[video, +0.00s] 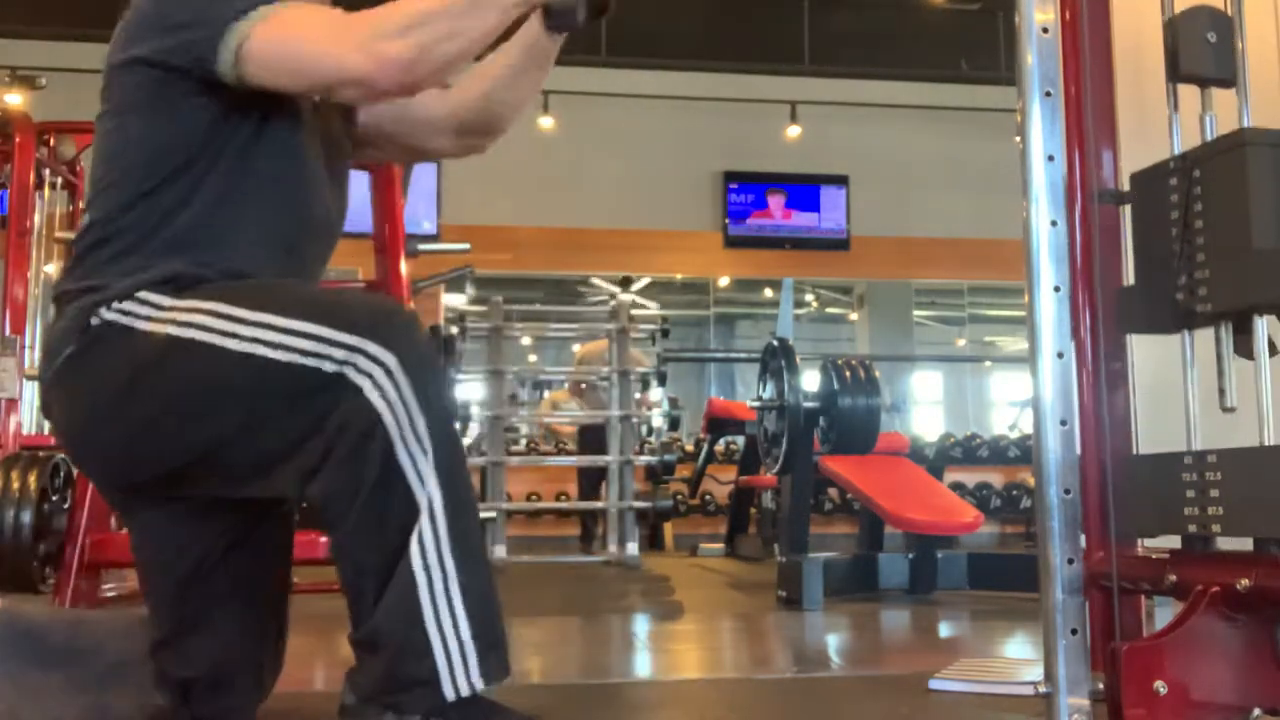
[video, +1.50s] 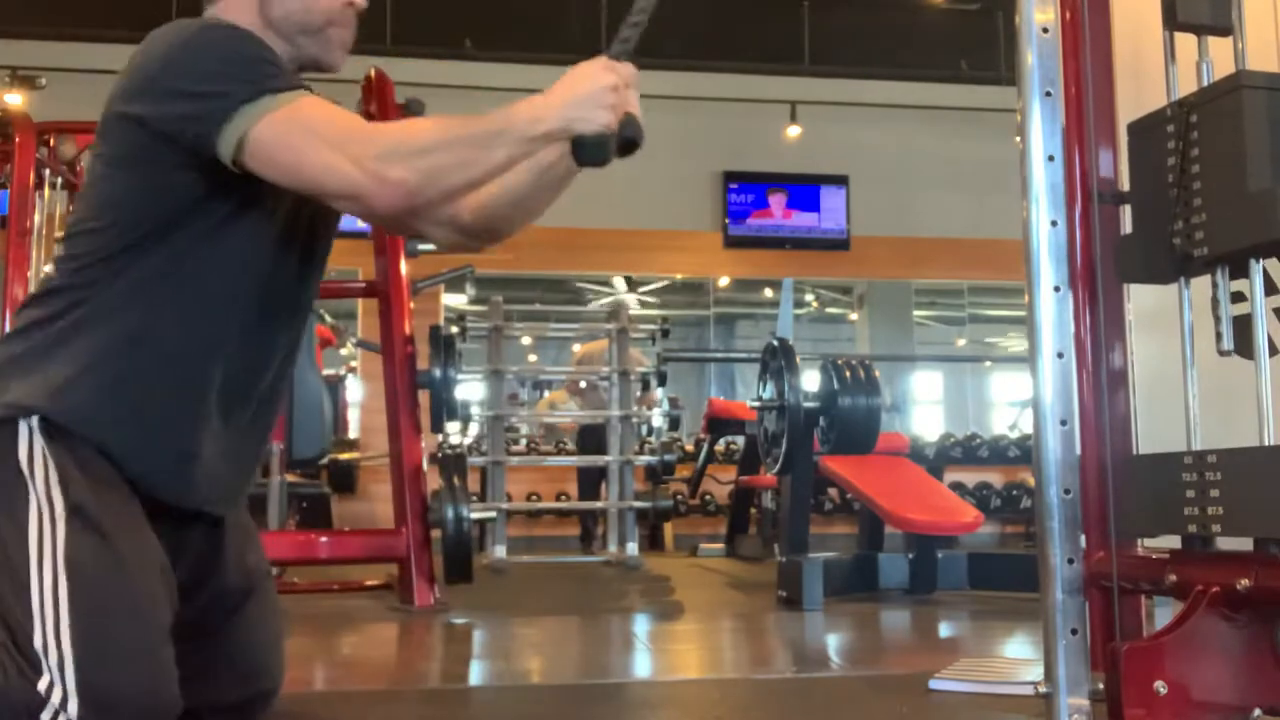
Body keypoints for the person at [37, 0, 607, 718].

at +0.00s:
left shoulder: (302, 93)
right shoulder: (173, 14)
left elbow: (465, 120)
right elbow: (372, 57)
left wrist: (557, 14)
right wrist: (532, 5)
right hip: (124, 329)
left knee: (217, 683)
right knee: (375, 353)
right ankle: (428, 694)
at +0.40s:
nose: (257, 8)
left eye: (261, 2)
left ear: (271, 24)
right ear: (166, 7)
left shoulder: (275, 130)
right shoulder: (126, 52)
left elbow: (413, 161)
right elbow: (276, 99)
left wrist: (493, 76)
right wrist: (441, 29)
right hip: (78, 333)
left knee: (216, 651)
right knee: (247, 327)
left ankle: (23, 646)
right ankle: (354, 665)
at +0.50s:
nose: (243, 10)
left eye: (250, 4)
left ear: (261, 28)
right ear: (162, 9)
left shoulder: (273, 125)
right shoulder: (119, 59)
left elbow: (403, 162)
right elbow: (264, 102)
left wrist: (488, 79)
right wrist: (432, 35)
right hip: (87, 328)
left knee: (239, 662)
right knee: (239, 345)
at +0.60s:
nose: (232, 14)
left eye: (243, 4)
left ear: (255, 28)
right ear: (156, 11)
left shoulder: (271, 133)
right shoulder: (117, 65)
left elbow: (401, 163)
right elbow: (258, 108)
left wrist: (485, 77)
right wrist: (423, 37)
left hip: (224, 393)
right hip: (104, 334)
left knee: (235, 667)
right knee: (198, 439)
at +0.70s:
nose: (235, 13)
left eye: (245, 5)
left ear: (257, 35)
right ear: (157, 14)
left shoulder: (271, 134)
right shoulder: (123, 66)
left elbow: (403, 165)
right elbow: (260, 111)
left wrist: (486, 81)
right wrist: (425, 42)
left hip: (224, 428)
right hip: (111, 357)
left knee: (241, 671)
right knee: (154, 536)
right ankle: (5, 632)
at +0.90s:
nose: (240, 15)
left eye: (251, 7)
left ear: (262, 31)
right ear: (160, 11)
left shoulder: (268, 127)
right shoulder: (128, 64)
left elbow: (406, 166)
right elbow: (268, 114)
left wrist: (494, 93)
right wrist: (444, 50)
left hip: (218, 440)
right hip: (102, 399)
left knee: (238, 678)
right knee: (95, 659)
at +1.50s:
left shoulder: (300, 121)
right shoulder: (193, 56)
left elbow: (462, 220)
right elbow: (384, 175)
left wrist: (578, 142)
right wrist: (550, 108)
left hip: (197, 472)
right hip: (66, 441)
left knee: (237, 685)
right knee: (106, 700)